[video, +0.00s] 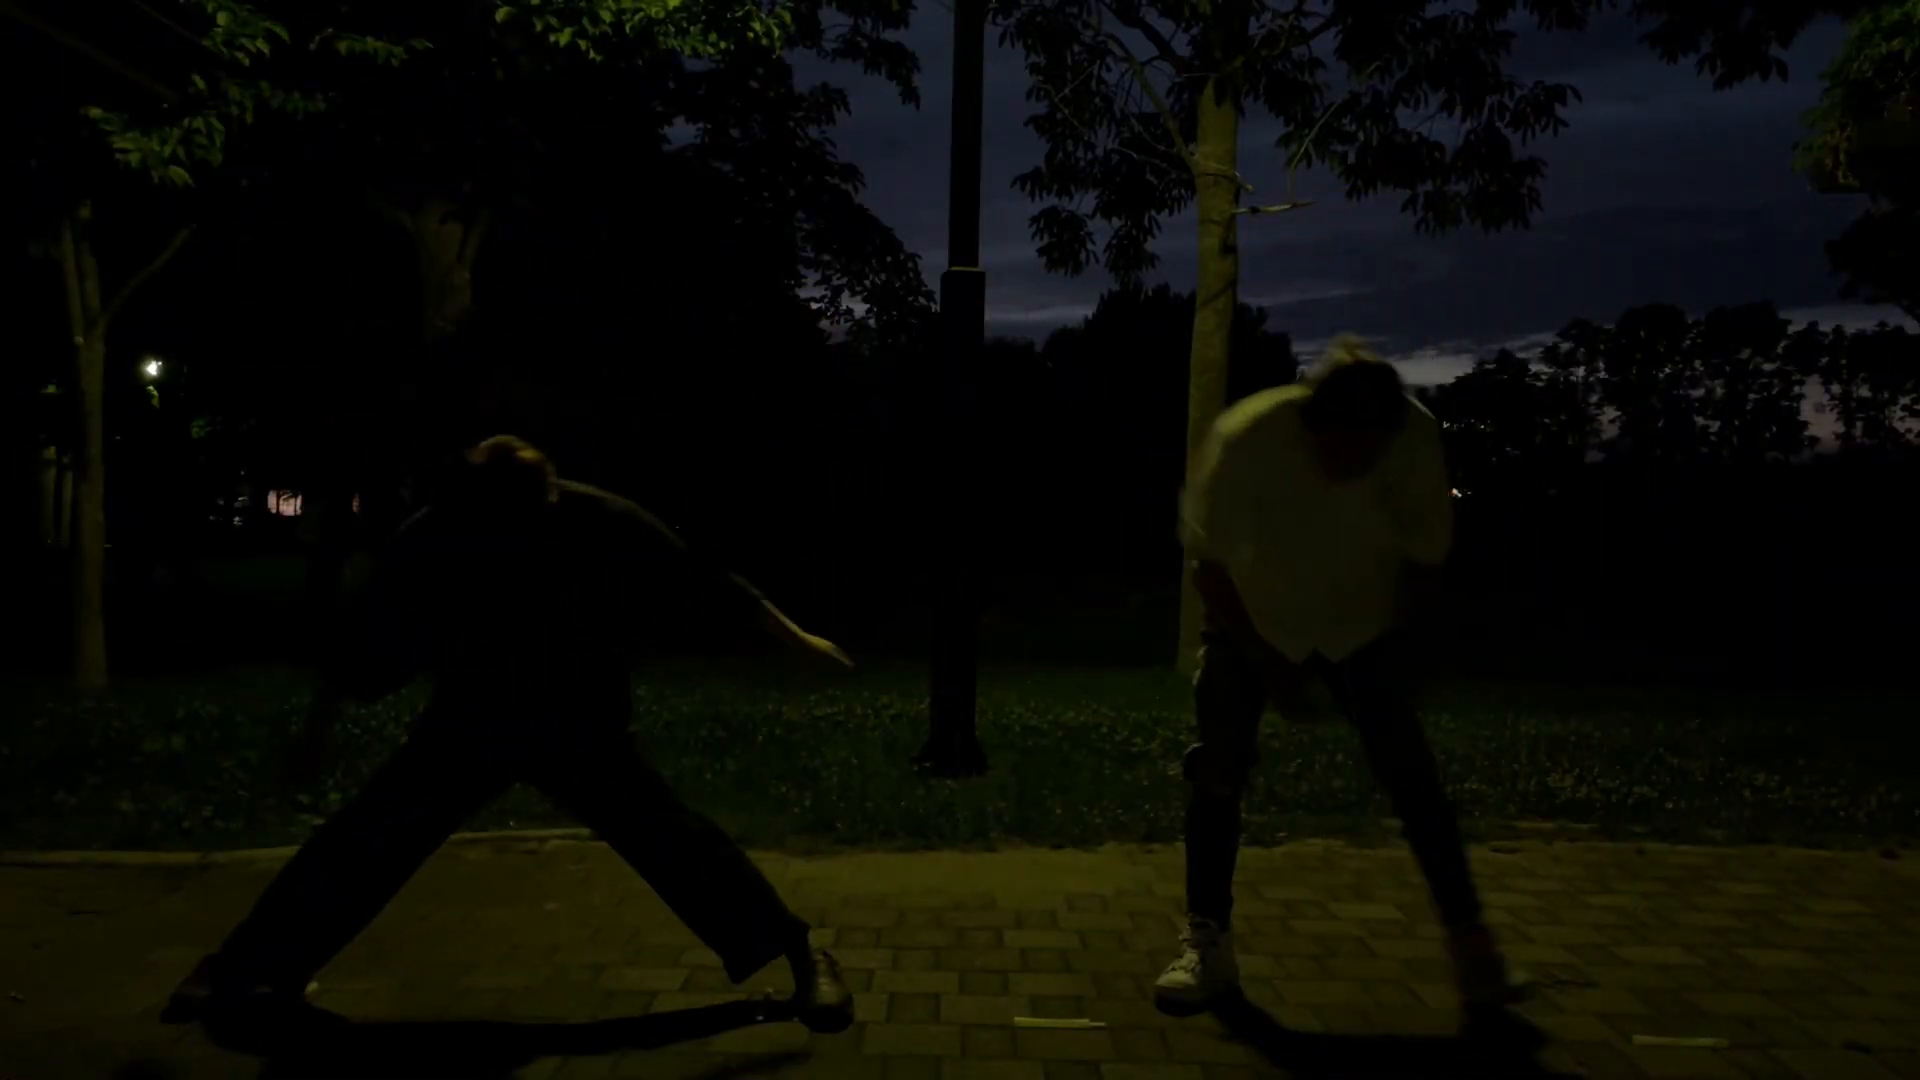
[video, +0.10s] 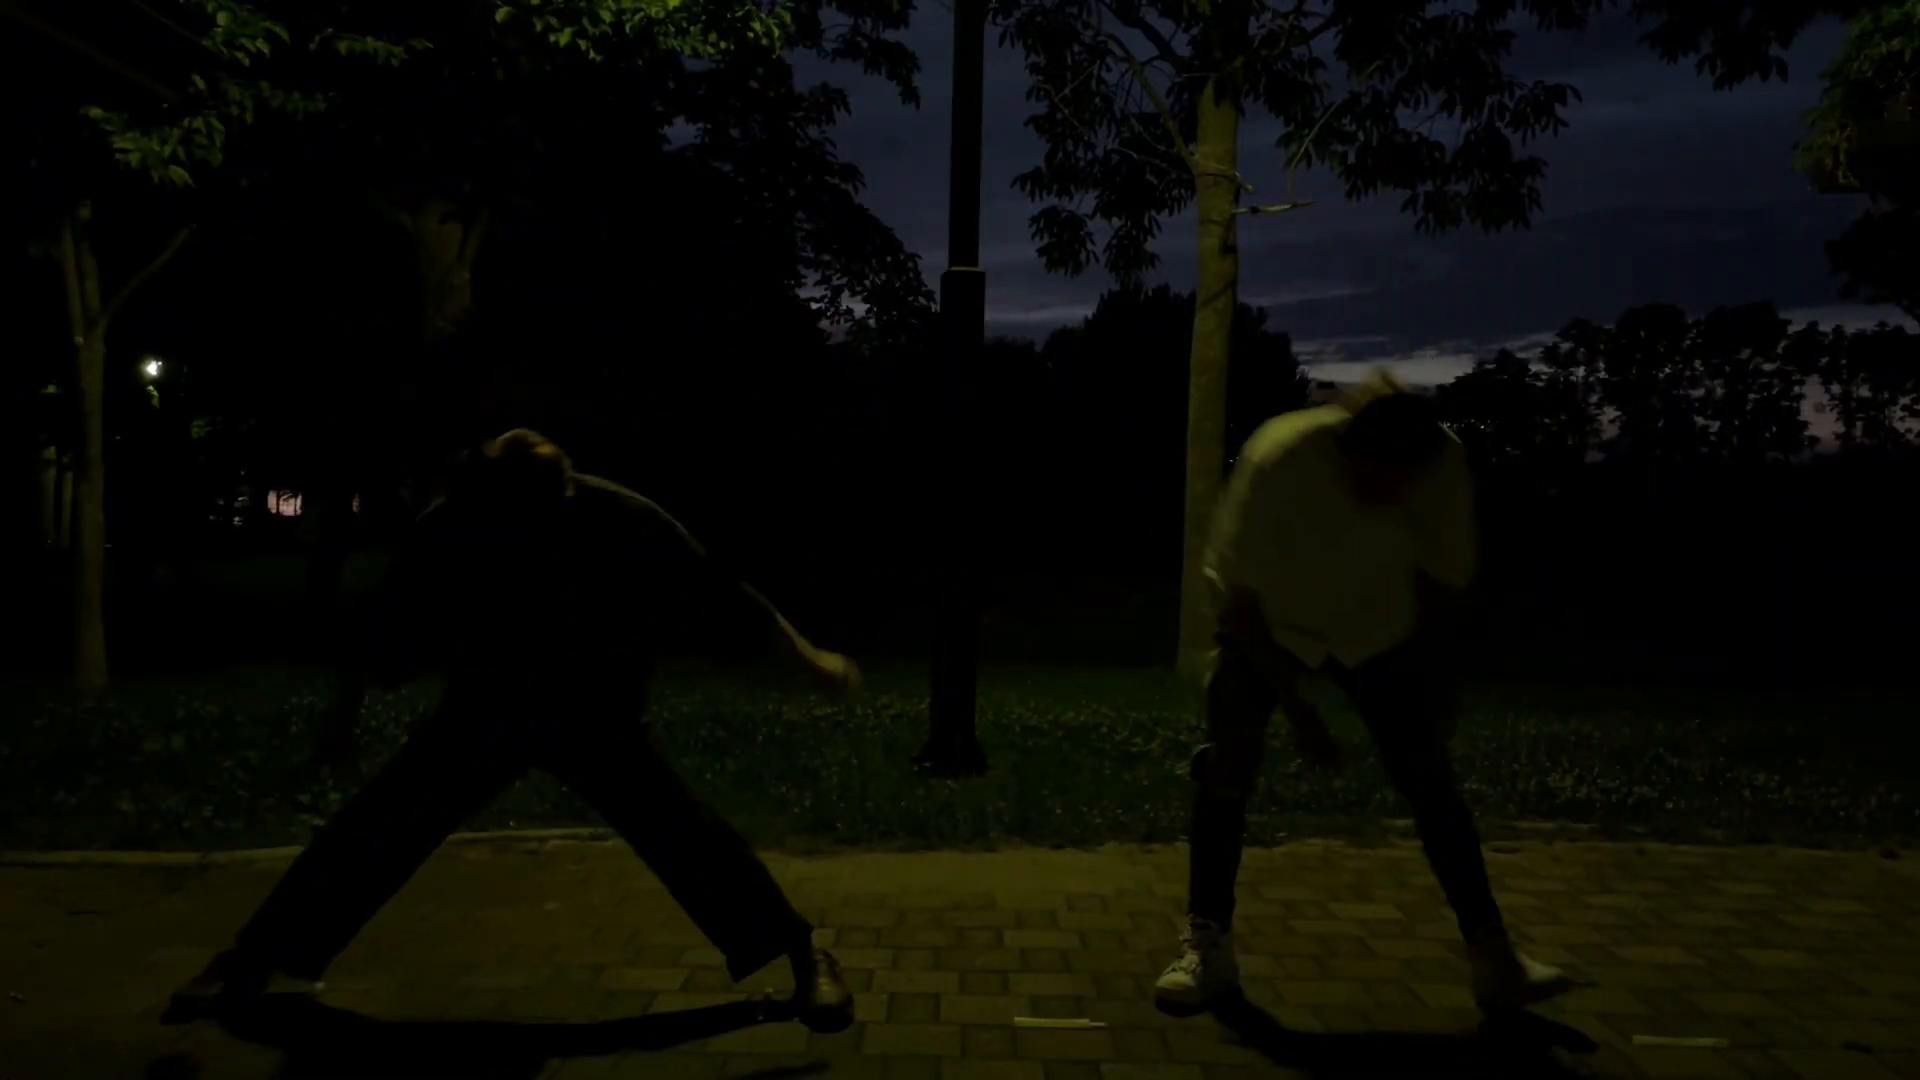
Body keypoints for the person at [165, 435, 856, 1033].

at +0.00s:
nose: (514, 521)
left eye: (525, 504)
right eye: (497, 507)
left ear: (550, 496)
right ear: (469, 504)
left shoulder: (598, 531)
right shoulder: (440, 549)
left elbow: (706, 589)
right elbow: (375, 648)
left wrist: (797, 641)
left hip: (582, 733)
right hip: (466, 733)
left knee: (670, 838)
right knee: (361, 846)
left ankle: (798, 955)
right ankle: (245, 975)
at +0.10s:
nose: (529, 518)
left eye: (539, 501)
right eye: (510, 504)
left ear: (564, 490)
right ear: (481, 499)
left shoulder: (617, 525)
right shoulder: (454, 539)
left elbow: (718, 595)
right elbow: (391, 641)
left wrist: (806, 654)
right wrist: (339, 725)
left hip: (595, 722)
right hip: (479, 720)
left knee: (682, 831)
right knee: (371, 835)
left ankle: (803, 954)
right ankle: (250, 966)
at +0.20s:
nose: (535, 513)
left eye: (545, 498)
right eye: (516, 501)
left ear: (573, 494)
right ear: (491, 501)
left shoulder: (622, 532)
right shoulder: (467, 540)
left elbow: (710, 624)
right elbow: (399, 637)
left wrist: (788, 706)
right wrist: (355, 731)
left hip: (608, 717)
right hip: (495, 716)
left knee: (691, 828)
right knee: (394, 829)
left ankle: (806, 952)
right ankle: (273, 964)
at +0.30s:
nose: (534, 524)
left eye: (544, 510)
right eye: (514, 514)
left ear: (570, 509)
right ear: (487, 517)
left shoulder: (616, 553)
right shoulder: (457, 563)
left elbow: (695, 662)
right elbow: (393, 669)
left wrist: (762, 753)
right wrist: (351, 759)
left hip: (603, 721)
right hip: (489, 723)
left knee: (683, 830)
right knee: (386, 832)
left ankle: (803, 953)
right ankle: (273, 969)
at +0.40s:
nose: (528, 566)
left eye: (539, 549)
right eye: (510, 553)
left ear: (560, 541)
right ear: (482, 549)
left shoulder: (608, 581)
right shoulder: (454, 587)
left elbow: (674, 686)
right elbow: (398, 691)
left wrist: (715, 791)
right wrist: (363, 779)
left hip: (606, 737)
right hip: (480, 738)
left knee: (695, 840)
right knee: (377, 845)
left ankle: (805, 955)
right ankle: (270, 967)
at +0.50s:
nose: (520, 585)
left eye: (529, 566)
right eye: (502, 570)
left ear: (551, 556)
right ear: (478, 568)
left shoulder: (601, 590)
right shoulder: (452, 601)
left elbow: (656, 695)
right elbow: (400, 701)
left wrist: (692, 793)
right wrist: (371, 783)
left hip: (607, 736)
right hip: (488, 739)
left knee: (700, 841)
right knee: (384, 845)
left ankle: (807, 957)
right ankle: (276, 963)